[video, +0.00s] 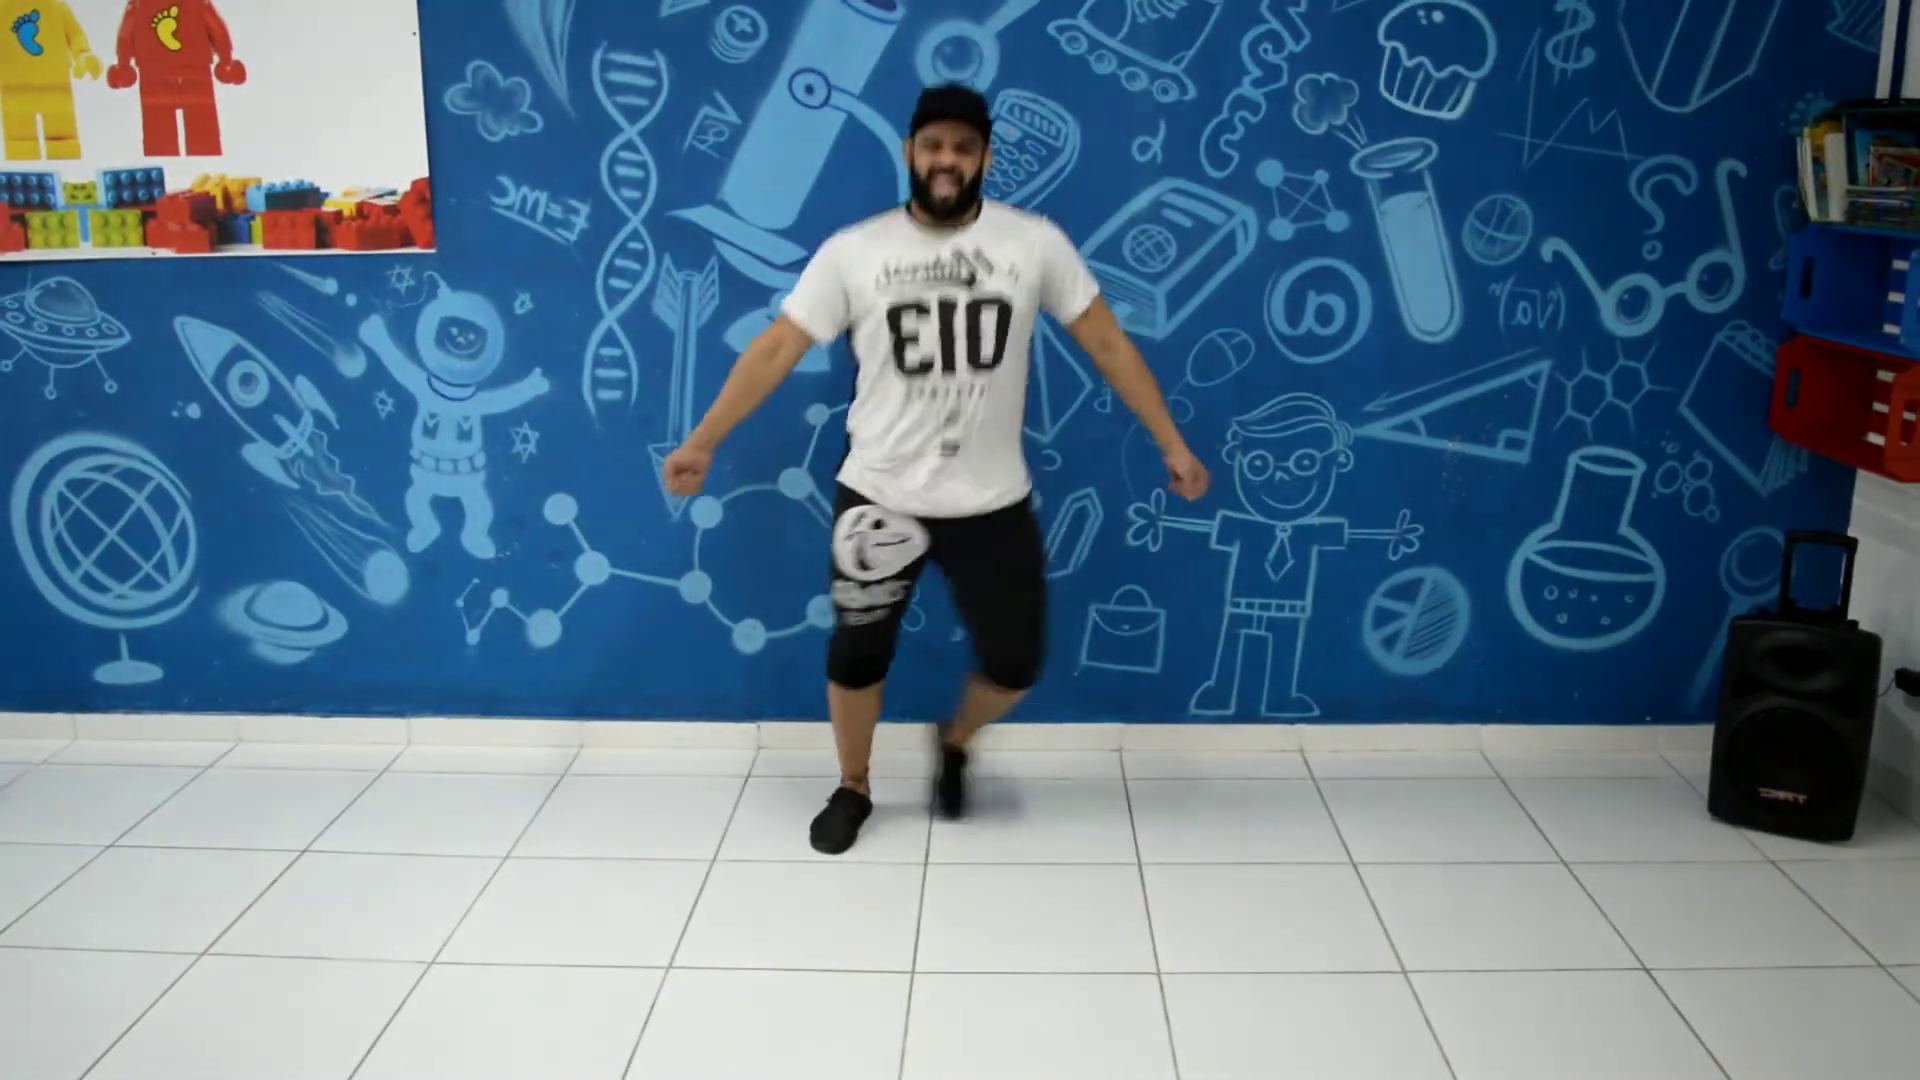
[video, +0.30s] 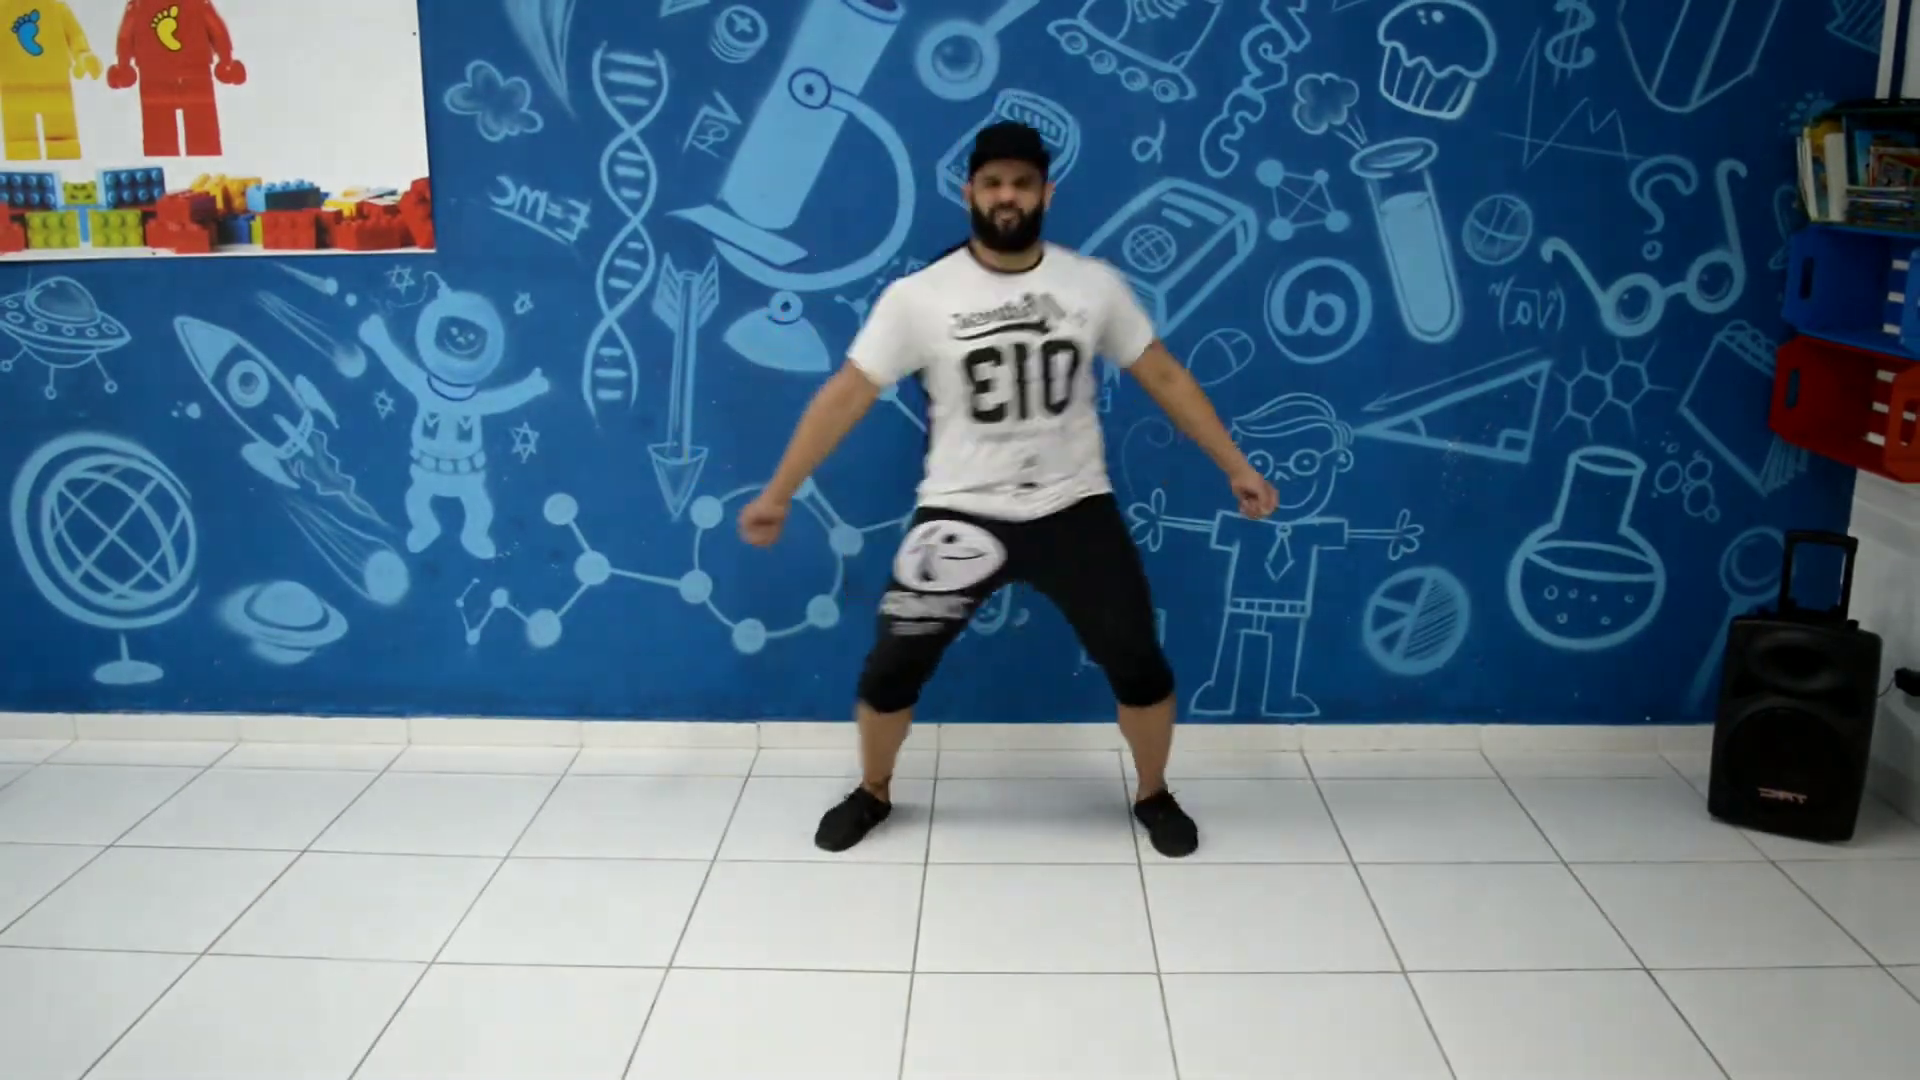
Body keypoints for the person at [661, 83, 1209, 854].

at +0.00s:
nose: (946, 161)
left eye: (963, 148)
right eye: (931, 146)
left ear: (986, 159)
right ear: (909, 153)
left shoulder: (1035, 247)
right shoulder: (852, 255)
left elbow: (1110, 349)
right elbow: (776, 351)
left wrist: (1173, 443)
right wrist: (701, 441)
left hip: (991, 497)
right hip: (880, 492)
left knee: (1013, 667)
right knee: (857, 655)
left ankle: (954, 744)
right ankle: (852, 787)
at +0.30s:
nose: (1007, 199)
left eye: (1022, 185)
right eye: (992, 185)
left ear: (1045, 193)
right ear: (969, 193)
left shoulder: (1093, 287)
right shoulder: (916, 300)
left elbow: (1164, 377)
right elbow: (848, 392)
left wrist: (1238, 466)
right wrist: (777, 491)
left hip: (1076, 505)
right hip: (961, 509)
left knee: (1139, 662)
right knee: (892, 666)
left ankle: (1154, 794)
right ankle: (872, 792)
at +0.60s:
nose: (1065, 173)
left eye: (1079, 158)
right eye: (1049, 159)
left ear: (1102, 167)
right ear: (1026, 170)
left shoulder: (1145, 266)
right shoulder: (973, 260)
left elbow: (1213, 362)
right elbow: (907, 361)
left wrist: (1285, 458)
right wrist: (843, 463)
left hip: (1125, 487)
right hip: (1018, 495)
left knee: (1158, 655)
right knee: (988, 673)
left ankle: (1156, 791)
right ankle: (1025, 766)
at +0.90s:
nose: (1033, 151)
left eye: (1044, 134)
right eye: (1014, 143)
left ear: (1069, 138)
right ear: (997, 162)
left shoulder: (1137, 232)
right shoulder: (964, 253)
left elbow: (1190, 333)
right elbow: (898, 350)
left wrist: (1237, 438)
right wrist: (834, 449)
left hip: (1102, 480)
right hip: (987, 480)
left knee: (1142, 641)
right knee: (932, 637)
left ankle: (1155, 789)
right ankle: (910, 767)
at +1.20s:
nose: (972, 165)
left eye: (988, 152)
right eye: (957, 153)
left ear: (1012, 165)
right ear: (936, 167)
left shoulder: (1069, 255)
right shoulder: (891, 271)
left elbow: (1128, 358)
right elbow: (817, 365)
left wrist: (1182, 464)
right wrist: (751, 459)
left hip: (1028, 493)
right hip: (914, 490)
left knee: (1086, 651)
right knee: (867, 647)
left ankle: (1129, 790)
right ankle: (853, 785)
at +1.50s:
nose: (950, 179)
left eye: (966, 167)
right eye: (936, 165)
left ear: (986, 183)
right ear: (913, 178)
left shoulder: (1032, 281)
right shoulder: (856, 278)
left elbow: (1088, 387)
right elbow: (790, 378)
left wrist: (1142, 488)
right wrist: (735, 484)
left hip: (993, 501)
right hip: (884, 494)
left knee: (1016, 676)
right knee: (845, 661)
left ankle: (973, 754)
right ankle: (850, 786)